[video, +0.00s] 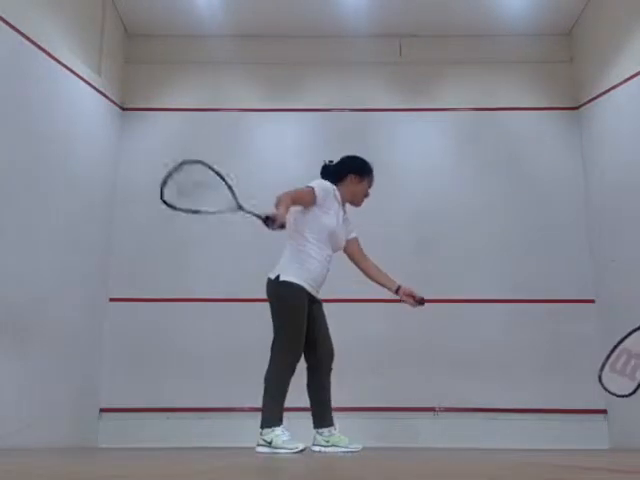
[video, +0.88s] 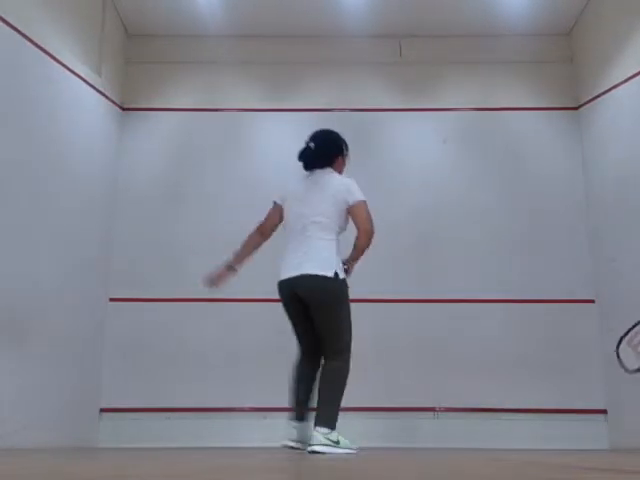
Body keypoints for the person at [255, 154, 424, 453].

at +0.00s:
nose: (368, 194)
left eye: (370, 189)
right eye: (367, 187)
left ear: (353, 182)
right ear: (351, 179)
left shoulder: (342, 221)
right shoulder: (324, 191)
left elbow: (363, 261)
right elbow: (287, 197)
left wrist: (399, 289)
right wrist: (280, 214)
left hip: (309, 293)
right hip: (288, 285)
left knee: (322, 355)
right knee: (286, 354)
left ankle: (325, 431)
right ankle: (270, 431)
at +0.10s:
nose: (365, 194)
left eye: (367, 188)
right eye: (364, 187)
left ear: (351, 182)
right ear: (348, 179)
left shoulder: (340, 219)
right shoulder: (324, 192)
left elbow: (360, 258)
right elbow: (291, 198)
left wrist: (399, 288)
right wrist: (294, 226)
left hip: (307, 292)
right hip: (287, 284)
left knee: (320, 355)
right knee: (284, 353)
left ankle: (323, 432)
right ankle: (268, 431)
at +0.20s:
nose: (364, 192)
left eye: (365, 187)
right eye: (362, 185)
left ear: (348, 182)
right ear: (346, 179)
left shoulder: (338, 219)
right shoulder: (327, 192)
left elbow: (360, 258)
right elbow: (308, 211)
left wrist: (391, 290)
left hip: (308, 291)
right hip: (290, 285)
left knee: (319, 356)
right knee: (287, 352)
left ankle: (322, 432)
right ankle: (268, 430)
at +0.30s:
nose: (361, 191)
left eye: (362, 185)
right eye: (360, 183)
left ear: (341, 178)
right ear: (345, 177)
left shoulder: (327, 201)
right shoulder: (332, 191)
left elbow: (340, 253)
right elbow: (339, 234)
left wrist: (356, 292)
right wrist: (359, 245)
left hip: (311, 290)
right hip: (296, 286)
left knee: (320, 358)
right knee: (293, 356)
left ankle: (322, 431)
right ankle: (269, 430)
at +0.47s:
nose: (358, 178)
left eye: (358, 172)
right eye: (357, 172)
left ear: (328, 174)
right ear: (348, 173)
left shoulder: (317, 201)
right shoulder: (346, 195)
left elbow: (299, 243)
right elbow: (366, 238)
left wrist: (283, 277)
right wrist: (358, 204)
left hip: (298, 287)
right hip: (316, 289)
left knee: (321, 356)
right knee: (323, 356)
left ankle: (322, 430)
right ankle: (278, 419)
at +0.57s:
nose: (357, 176)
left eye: (356, 171)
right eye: (355, 171)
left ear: (324, 174)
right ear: (347, 172)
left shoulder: (310, 203)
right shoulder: (350, 196)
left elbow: (279, 233)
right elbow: (366, 240)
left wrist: (251, 255)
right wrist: (345, 228)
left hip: (301, 290)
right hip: (324, 290)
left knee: (325, 361)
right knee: (336, 358)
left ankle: (323, 429)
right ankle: (300, 418)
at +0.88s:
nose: (347, 163)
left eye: (346, 157)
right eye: (346, 157)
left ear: (313, 159)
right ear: (338, 159)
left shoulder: (293, 190)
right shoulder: (344, 185)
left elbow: (263, 230)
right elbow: (366, 231)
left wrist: (231, 265)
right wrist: (350, 263)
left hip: (289, 281)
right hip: (324, 279)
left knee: (309, 351)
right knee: (338, 355)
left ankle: (300, 426)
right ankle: (324, 431)